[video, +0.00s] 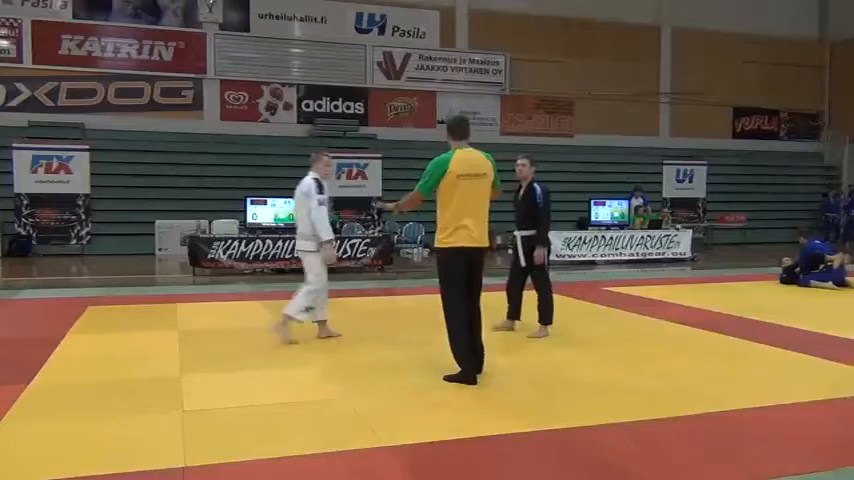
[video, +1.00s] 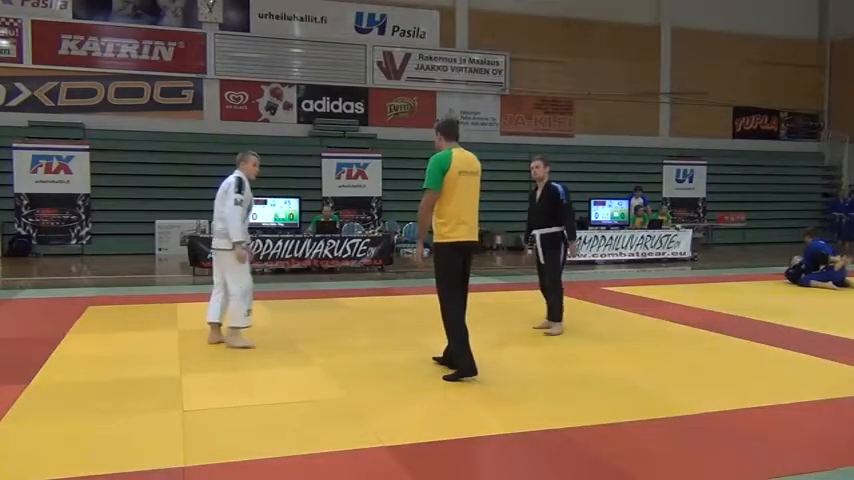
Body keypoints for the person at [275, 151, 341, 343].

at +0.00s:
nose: (330, 169)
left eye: (330, 166)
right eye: (327, 165)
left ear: (318, 165)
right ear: (317, 165)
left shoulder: (307, 183)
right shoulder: (314, 184)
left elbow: (312, 214)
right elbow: (318, 214)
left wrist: (325, 240)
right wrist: (328, 241)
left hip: (311, 243)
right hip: (310, 244)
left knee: (320, 283)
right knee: (316, 283)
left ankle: (322, 325)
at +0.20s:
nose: (313, 172)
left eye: (313, 168)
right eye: (310, 168)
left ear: (299, 168)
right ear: (299, 167)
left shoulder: (288, 186)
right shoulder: (296, 187)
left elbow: (288, 221)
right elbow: (302, 219)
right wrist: (319, 244)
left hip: (295, 248)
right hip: (288, 248)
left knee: (306, 284)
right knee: (280, 287)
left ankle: (316, 324)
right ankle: (264, 331)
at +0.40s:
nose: (297, 168)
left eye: (298, 164)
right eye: (294, 163)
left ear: (283, 164)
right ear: (282, 163)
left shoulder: (273, 181)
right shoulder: (280, 182)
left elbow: (277, 215)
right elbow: (280, 216)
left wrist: (291, 240)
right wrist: (292, 242)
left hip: (274, 243)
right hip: (272, 243)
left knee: (282, 283)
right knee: (272, 284)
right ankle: (263, 330)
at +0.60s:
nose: (281, 168)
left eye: (282, 164)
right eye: (278, 163)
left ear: (268, 164)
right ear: (266, 162)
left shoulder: (258, 181)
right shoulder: (263, 182)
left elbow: (255, 214)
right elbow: (261, 214)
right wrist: (268, 245)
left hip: (252, 244)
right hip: (258, 245)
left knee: (248, 285)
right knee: (267, 287)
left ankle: (224, 323)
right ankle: (263, 333)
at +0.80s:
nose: (266, 170)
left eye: (267, 167)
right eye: (263, 166)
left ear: (253, 167)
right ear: (252, 166)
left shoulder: (241, 184)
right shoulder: (248, 185)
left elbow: (246, 219)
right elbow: (242, 215)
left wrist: (259, 243)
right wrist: (245, 245)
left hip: (231, 246)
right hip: (242, 247)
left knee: (227, 287)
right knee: (261, 285)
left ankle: (215, 330)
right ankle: (262, 331)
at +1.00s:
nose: (257, 169)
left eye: (258, 166)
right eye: (254, 165)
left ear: (242, 165)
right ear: (243, 164)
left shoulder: (230, 182)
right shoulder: (238, 182)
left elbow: (225, 214)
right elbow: (233, 213)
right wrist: (238, 243)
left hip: (220, 243)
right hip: (230, 244)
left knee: (220, 286)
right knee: (242, 286)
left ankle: (214, 329)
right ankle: (235, 333)